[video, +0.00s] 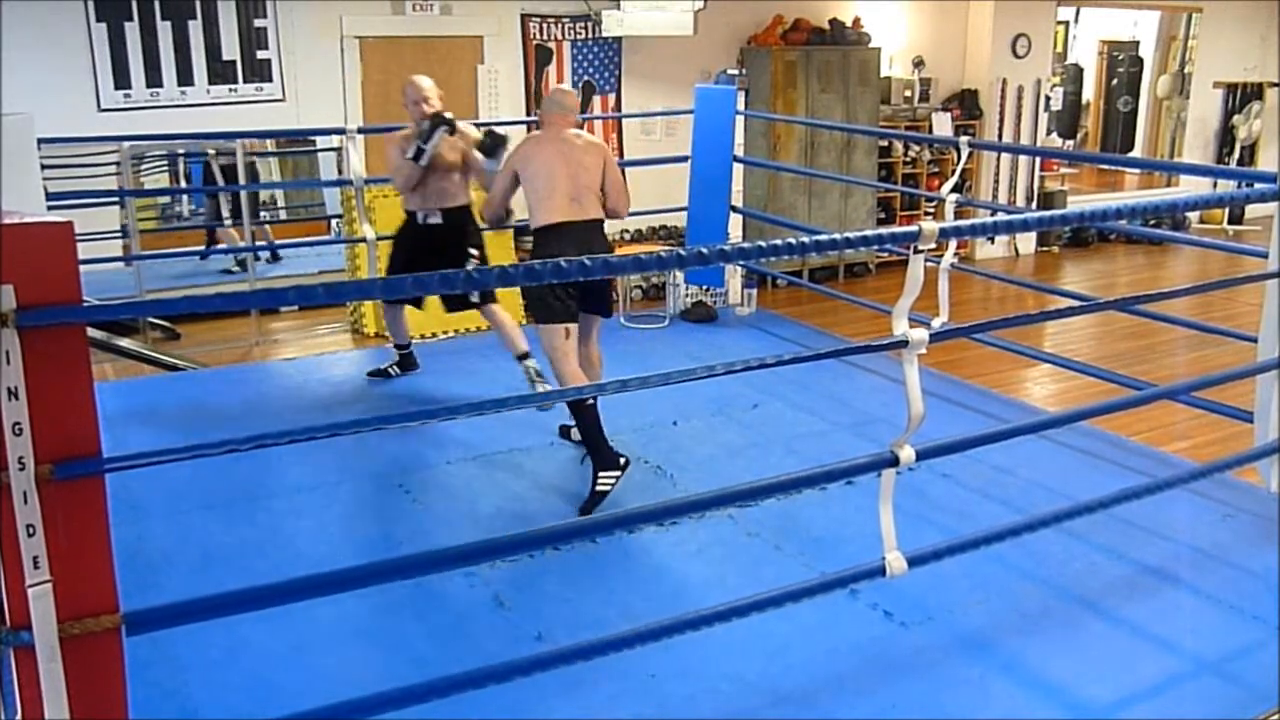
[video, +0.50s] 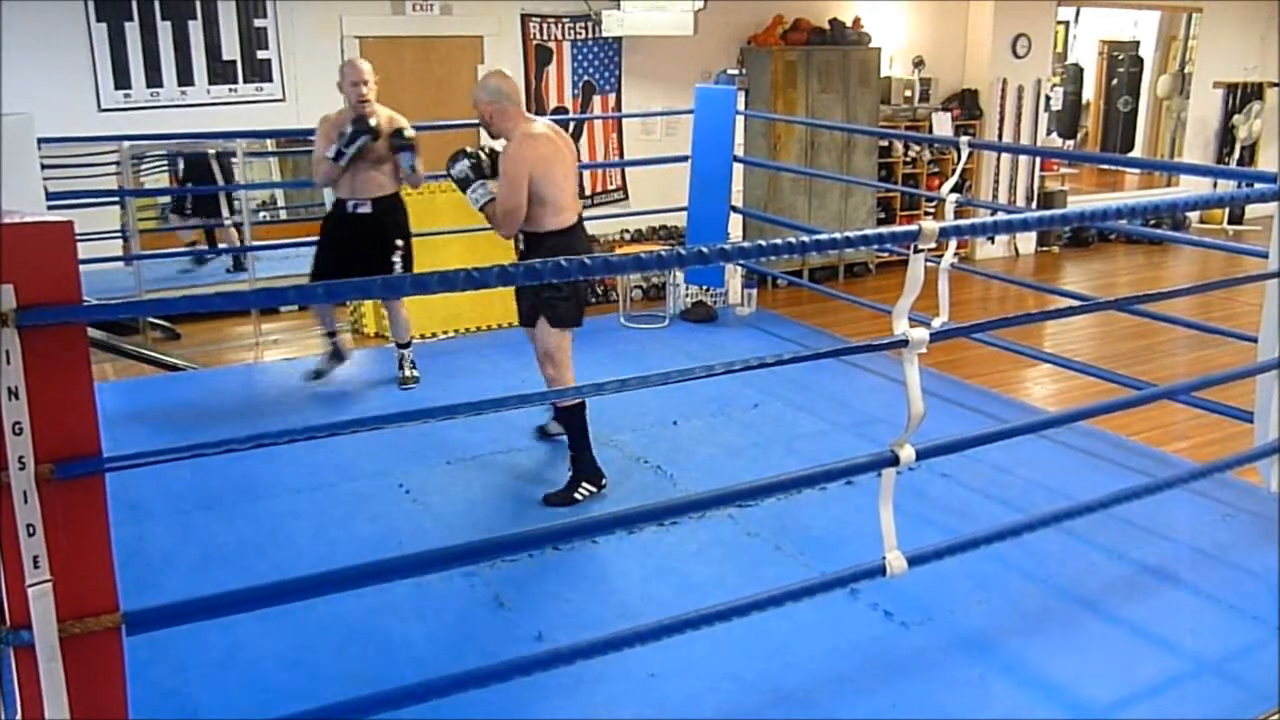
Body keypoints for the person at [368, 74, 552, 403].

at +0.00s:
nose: (422, 109)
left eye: (426, 101)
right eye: (415, 104)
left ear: (441, 99)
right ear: (405, 108)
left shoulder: (462, 133)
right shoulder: (399, 141)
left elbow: (488, 181)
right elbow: (403, 184)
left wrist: (492, 156)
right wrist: (425, 143)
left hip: (459, 224)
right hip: (417, 227)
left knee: (485, 302)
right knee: (391, 297)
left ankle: (531, 369)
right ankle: (405, 358)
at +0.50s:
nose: (361, 91)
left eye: (365, 83)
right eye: (353, 85)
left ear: (375, 84)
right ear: (342, 88)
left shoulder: (394, 122)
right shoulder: (331, 124)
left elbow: (415, 181)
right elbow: (322, 177)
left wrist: (405, 157)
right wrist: (348, 147)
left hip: (386, 210)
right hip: (345, 213)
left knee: (391, 292)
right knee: (321, 289)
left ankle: (406, 359)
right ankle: (337, 348)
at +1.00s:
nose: (296, 99)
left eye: (301, 92)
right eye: (288, 93)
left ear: (309, 92)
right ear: (272, 94)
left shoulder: (324, 129)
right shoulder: (255, 128)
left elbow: (350, 183)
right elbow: (249, 185)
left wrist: (343, 135)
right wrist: (269, 141)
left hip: (316, 223)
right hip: (270, 225)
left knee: (329, 311)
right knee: (263, 310)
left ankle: (346, 387)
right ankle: (266, 380)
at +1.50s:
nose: (206, 118)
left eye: (209, 110)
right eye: (197, 112)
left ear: (213, 111)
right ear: (177, 116)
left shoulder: (229, 153)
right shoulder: (157, 155)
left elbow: (250, 208)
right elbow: (158, 217)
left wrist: (258, 163)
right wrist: (179, 175)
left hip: (224, 251)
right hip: (171, 256)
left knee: (272, 326)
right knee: (149, 342)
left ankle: (330, 389)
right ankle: (139, 415)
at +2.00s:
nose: (171, 132)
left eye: (175, 123)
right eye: (161, 126)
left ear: (179, 120)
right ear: (137, 126)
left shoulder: (196, 155)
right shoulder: (119, 163)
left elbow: (227, 209)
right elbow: (132, 231)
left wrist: (219, 153)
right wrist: (143, 180)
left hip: (200, 264)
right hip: (144, 269)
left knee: (245, 345)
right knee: (120, 363)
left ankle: (281, 414)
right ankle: (107, 421)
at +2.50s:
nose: (96, 111)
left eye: (96, 103)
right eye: (85, 106)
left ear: (97, 102)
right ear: (57, 114)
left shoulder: (106, 147)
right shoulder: (46, 163)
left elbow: (124, 204)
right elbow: (79, 238)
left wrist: (155, 192)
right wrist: (94, 176)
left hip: (117, 269)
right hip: (73, 276)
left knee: (166, 357)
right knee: (81, 378)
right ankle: (75, 458)